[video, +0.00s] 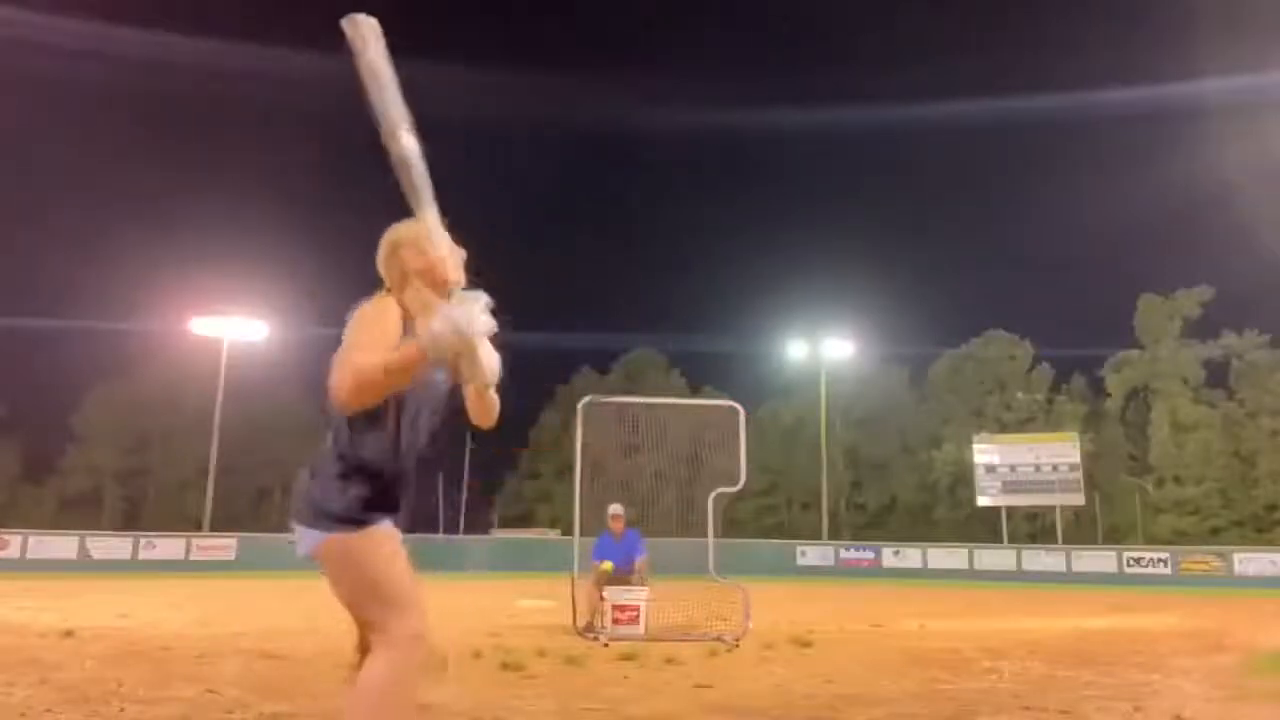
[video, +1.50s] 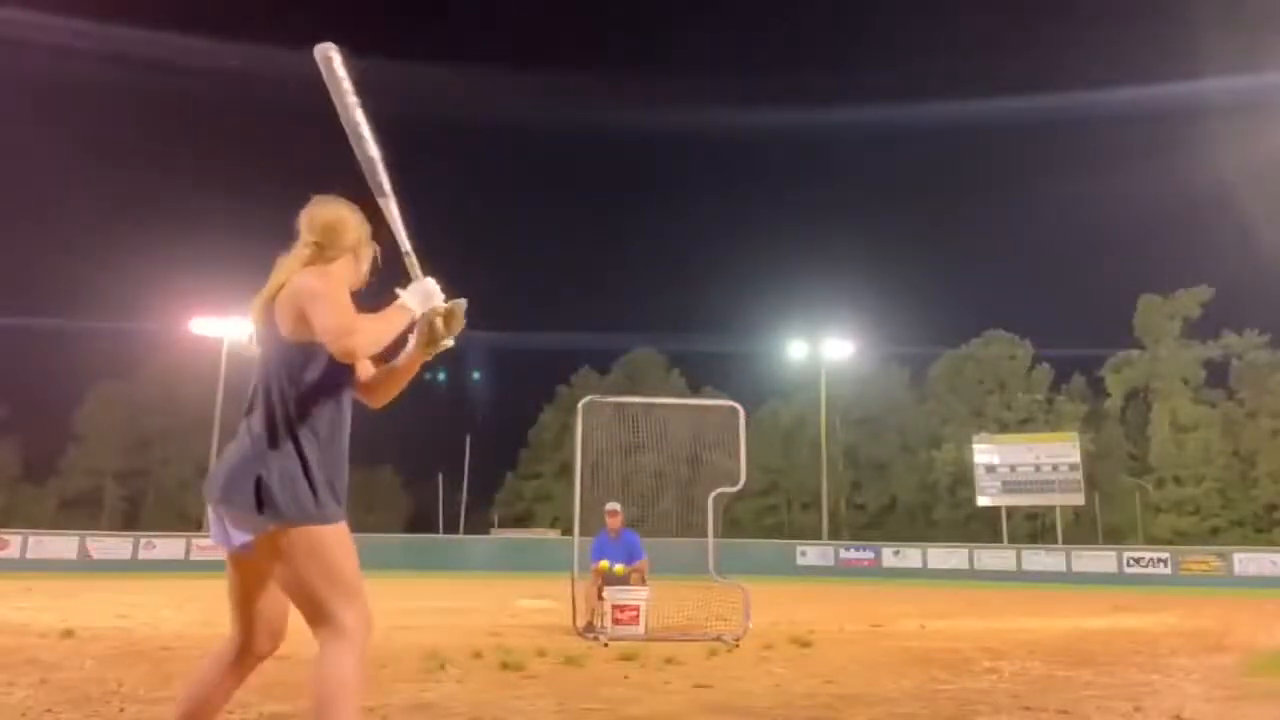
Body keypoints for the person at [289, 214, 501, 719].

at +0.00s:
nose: (459, 253)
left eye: (454, 245)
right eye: (444, 245)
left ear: (438, 262)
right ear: (413, 262)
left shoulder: (451, 322)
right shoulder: (380, 313)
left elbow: (485, 417)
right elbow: (346, 392)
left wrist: (475, 356)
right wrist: (434, 341)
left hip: (375, 508)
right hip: (342, 507)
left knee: (381, 643)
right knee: (404, 638)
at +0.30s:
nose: (430, 231)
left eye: (428, 222)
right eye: (418, 223)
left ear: (422, 232)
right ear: (379, 230)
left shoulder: (435, 304)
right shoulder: (334, 276)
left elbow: (453, 367)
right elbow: (293, 344)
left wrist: (413, 296)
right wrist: (359, 275)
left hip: (362, 488)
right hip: (310, 480)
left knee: (322, 634)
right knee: (359, 626)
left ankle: (242, 710)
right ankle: (322, 712)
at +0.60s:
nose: (382, 262)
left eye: (384, 252)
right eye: (373, 251)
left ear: (377, 260)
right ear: (343, 249)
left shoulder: (366, 307)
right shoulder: (302, 280)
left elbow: (411, 374)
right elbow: (305, 362)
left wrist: (406, 315)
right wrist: (360, 304)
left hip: (295, 488)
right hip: (273, 486)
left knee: (250, 641)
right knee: (334, 623)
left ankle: (190, 712)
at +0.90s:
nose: (374, 244)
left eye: (370, 235)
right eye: (367, 234)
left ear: (313, 239)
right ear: (349, 240)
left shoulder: (300, 287)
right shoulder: (331, 278)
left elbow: (391, 381)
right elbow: (361, 353)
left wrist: (426, 322)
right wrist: (396, 299)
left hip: (246, 476)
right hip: (288, 478)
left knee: (249, 635)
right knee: (340, 624)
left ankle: (182, 713)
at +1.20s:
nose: (375, 260)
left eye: (375, 250)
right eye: (372, 249)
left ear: (317, 238)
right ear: (357, 242)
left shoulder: (298, 290)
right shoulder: (326, 281)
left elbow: (376, 390)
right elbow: (363, 349)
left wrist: (428, 345)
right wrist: (411, 307)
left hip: (251, 475)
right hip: (291, 478)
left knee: (245, 639)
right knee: (346, 625)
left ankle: (181, 714)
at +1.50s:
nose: (369, 264)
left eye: (369, 254)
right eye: (368, 252)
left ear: (311, 242)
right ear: (355, 246)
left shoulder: (296, 297)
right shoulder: (319, 280)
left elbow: (373, 392)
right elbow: (347, 340)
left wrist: (420, 349)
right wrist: (409, 304)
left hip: (246, 481)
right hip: (288, 485)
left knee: (255, 638)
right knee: (346, 626)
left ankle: (184, 714)